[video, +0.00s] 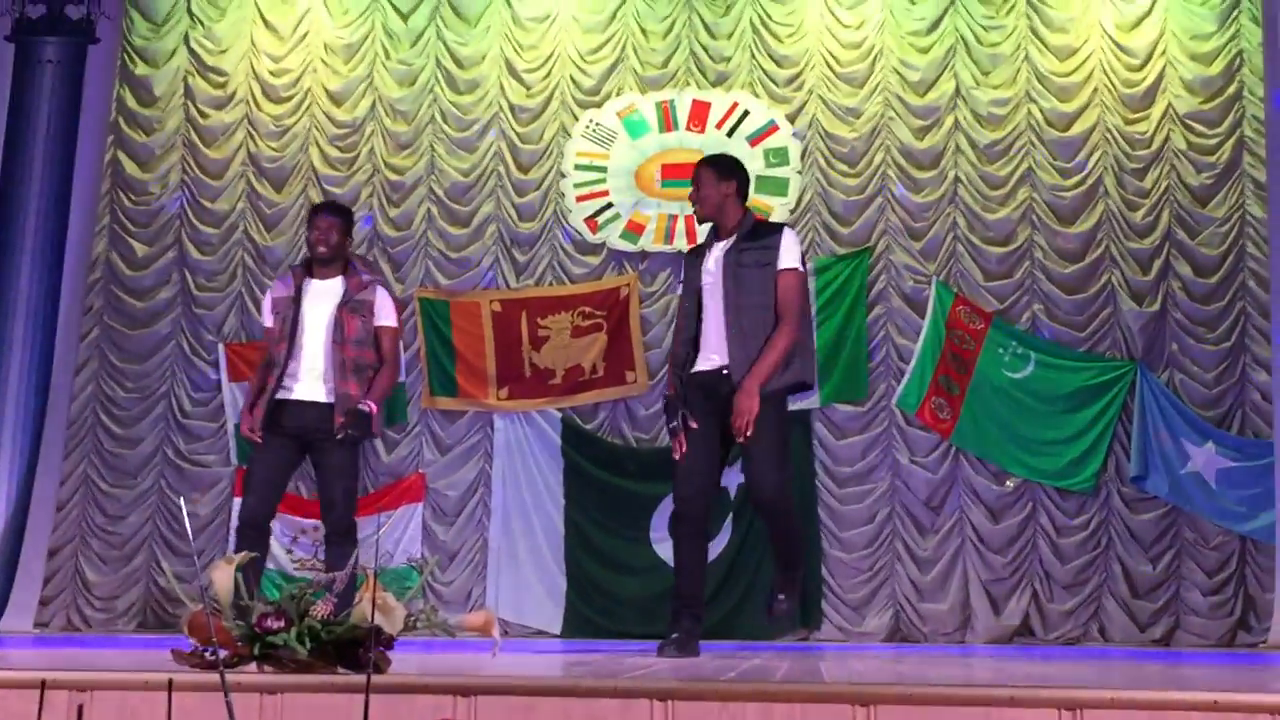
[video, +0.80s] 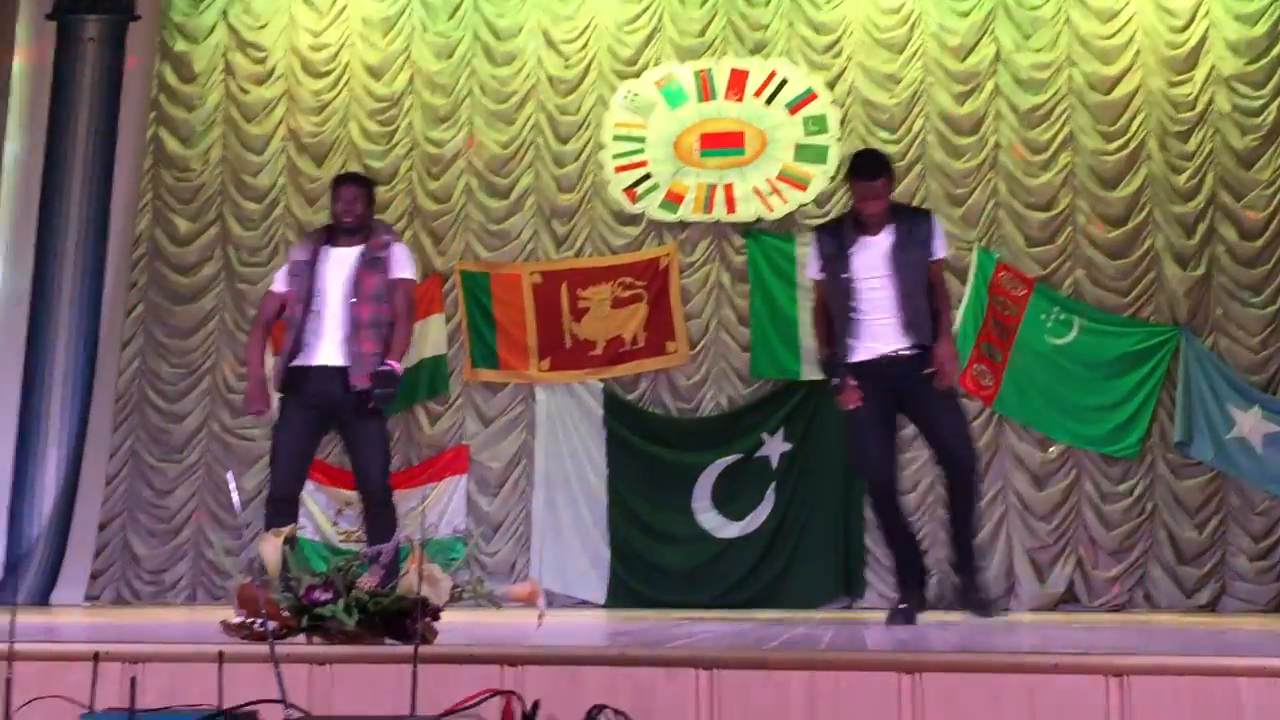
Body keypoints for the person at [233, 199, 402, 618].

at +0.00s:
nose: (321, 238)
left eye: (331, 231)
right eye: (315, 230)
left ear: (347, 239)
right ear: (306, 236)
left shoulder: (372, 293)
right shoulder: (283, 288)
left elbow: (391, 362)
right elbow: (272, 357)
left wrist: (368, 406)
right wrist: (254, 404)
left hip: (338, 421)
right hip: (281, 418)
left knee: (339, 523)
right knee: (253, 515)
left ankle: (338, 621)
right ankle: (241, 615)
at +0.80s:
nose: (348, 207)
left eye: (356, 201)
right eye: (342, 200)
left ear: (371, 207)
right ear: (331, 205)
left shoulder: (390, 249)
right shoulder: (305, 253)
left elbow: (404, 310)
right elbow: (262, 320)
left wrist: (392, 364)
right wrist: (254, 381)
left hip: (360, 384)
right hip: (304, 385)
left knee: (376, 491)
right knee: (282, 489)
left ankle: (383, 590)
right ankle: (276, 591)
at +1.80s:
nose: (339, 225)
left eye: (348, 219)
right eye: (333, 219)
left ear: (363, 226)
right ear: (323, 225)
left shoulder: (386, 271)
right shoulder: (300, 273)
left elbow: (439, 318)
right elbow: (244, 314)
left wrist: (447, 347)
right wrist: (266, 347)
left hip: (375, 399)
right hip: (321, 401)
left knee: (395, 492)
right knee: (323, 501)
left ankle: (414, 582)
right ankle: (322, 588)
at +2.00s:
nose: (339, 203)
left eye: (347, 196)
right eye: (332, 196)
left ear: (361, 204)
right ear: (322, 201)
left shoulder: (383, 252)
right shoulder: (296, 251)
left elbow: (416, 308)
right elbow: (289, 309)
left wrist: (441, 297)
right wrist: (245, 291)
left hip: (367, 375)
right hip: (312, 376)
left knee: (382, 469)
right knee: (309, 473)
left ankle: (396, 559)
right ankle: (303, 562)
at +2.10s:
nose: (349, 196)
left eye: (358, 189)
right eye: (343, 189)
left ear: (373, 195)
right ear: (335, 194)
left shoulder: (397, 245)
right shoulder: (311, 242)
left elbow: (403, 295)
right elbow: (307, 302)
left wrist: (352, 281)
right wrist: (351, 323)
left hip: (373, 364)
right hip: (320, 363)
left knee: (385, 459)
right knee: (305, 461)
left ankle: (394, 548)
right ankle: (301, 549)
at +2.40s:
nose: (408, 191)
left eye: (417, 184)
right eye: (403, 184)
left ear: (435, 187)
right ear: (395, 187)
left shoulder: (459, 238)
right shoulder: (373, 233)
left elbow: (467, 297)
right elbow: (346, 282)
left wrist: (417, 301)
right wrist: (381, 290)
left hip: (431, 358)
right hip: (377, 354)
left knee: (439, 451)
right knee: (354, 449)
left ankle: (440, 544)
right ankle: (342, 542)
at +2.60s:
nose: (421, 180)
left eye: (429, 174)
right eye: (416, 174)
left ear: (445, 183)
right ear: (408, 181)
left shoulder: (468, 231)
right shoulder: (389, 227)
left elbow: (481, 294)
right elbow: (331, 235)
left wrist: (439, 326)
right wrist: (360, 225)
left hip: (450, 354)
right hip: (394, 351)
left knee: (461, 451)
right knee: (373, 449)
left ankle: (464, 547)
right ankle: (350, 543)